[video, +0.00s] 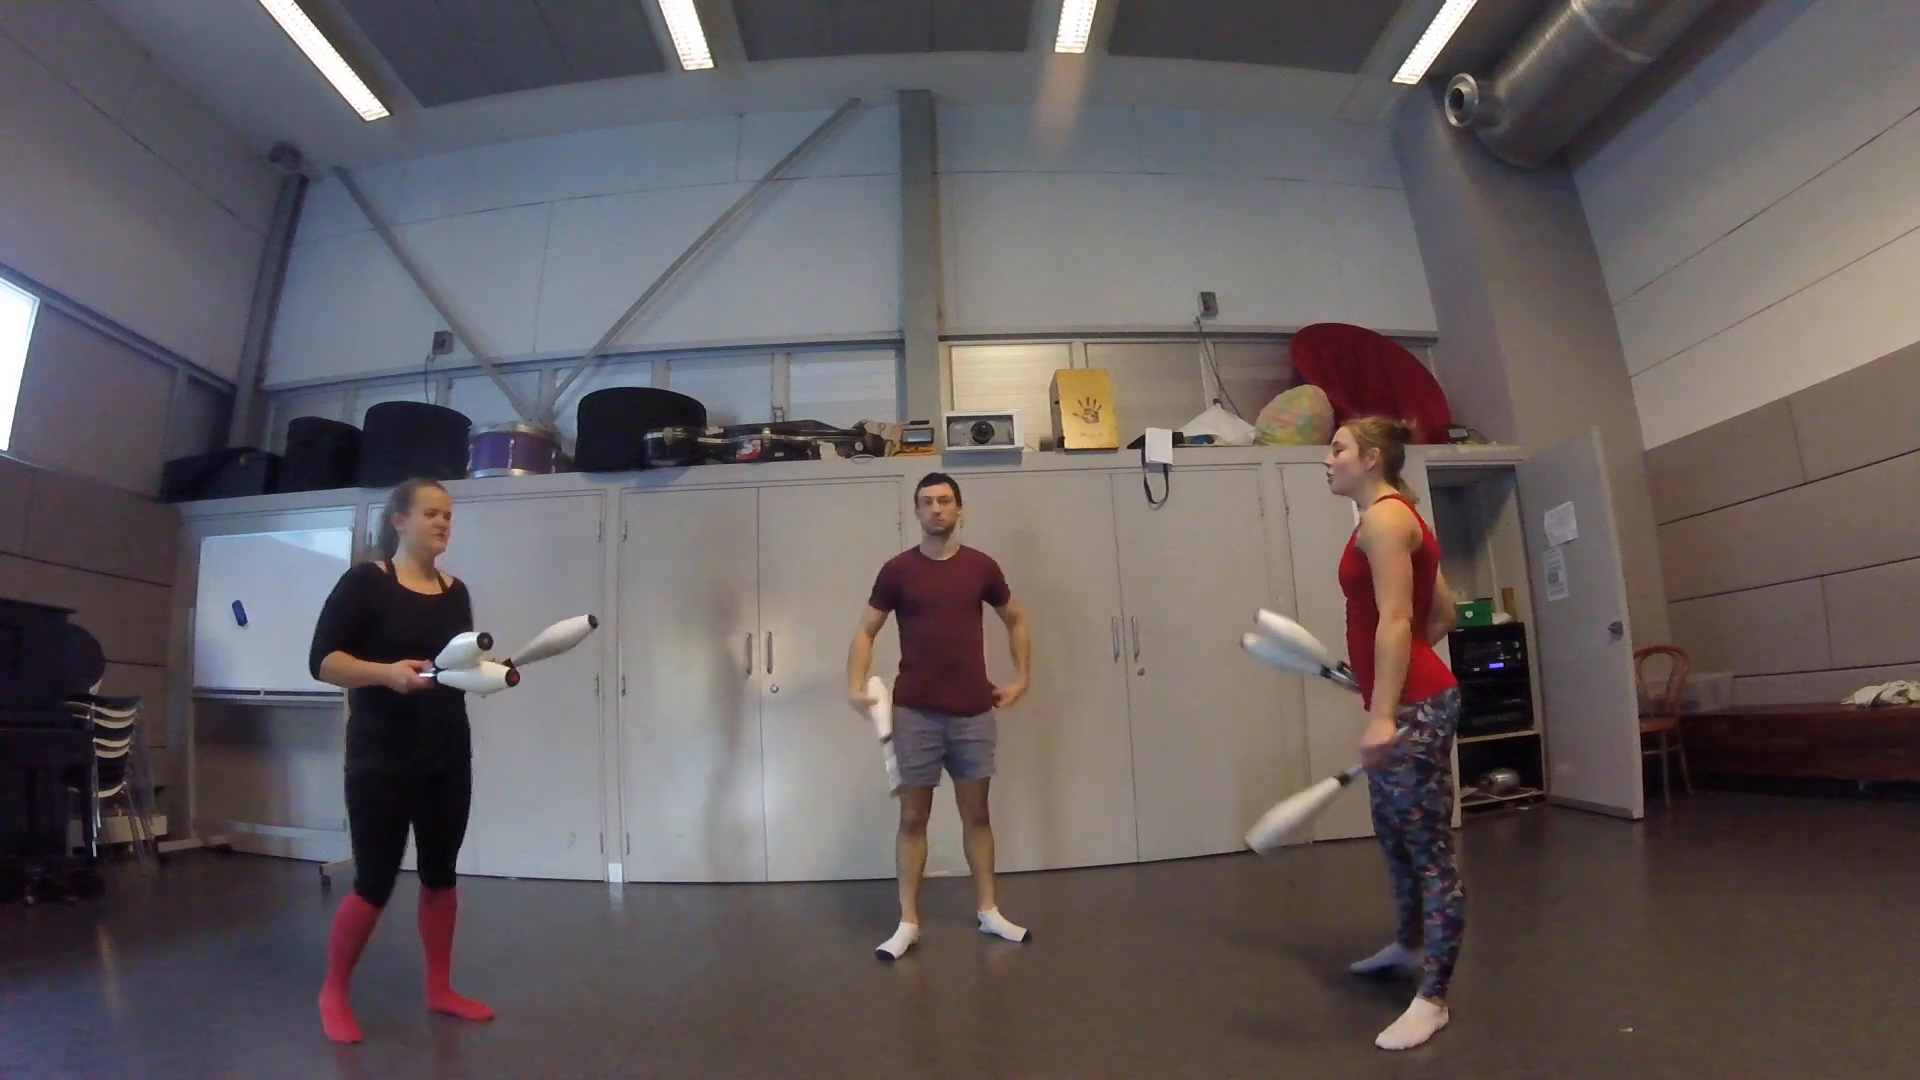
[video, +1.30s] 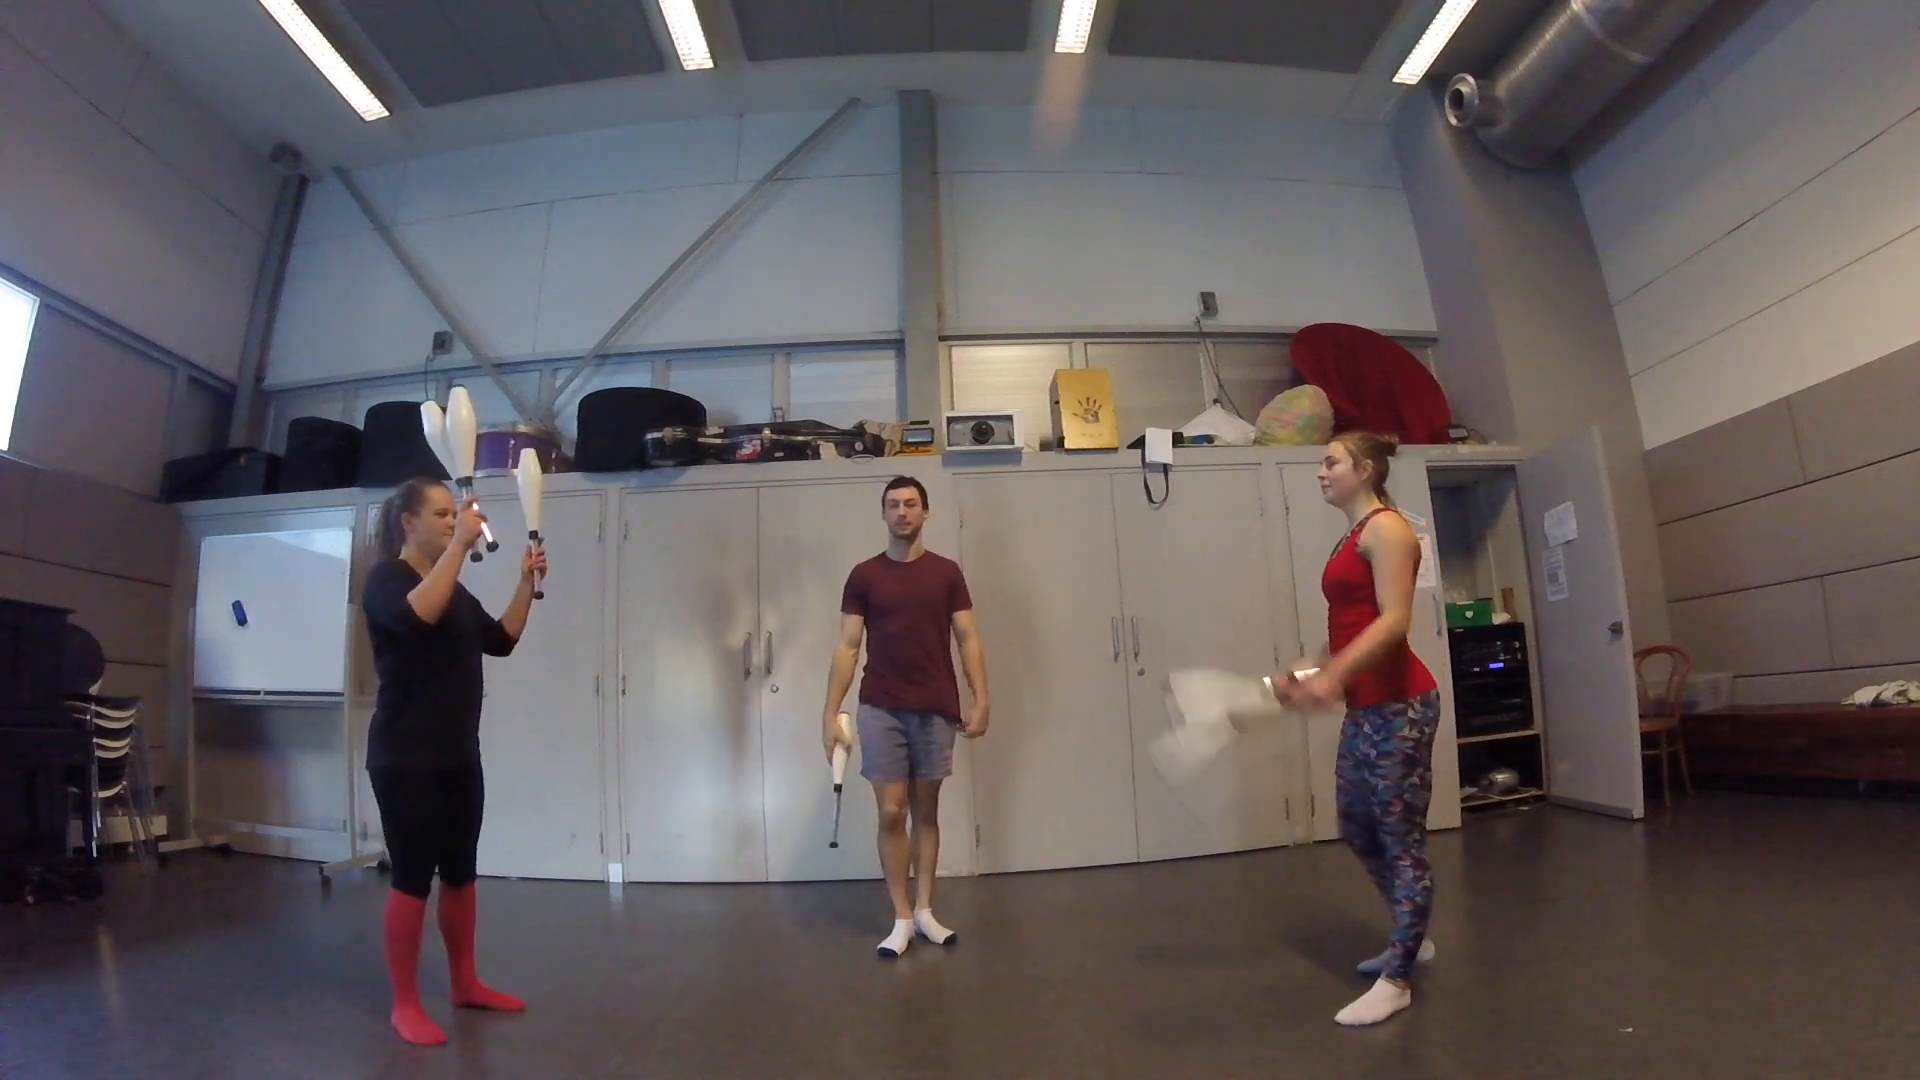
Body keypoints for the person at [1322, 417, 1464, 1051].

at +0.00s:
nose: (1327, 459)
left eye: (1338, 449)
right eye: (1331, 448)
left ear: (1371, 459)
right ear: (1369, 459)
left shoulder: (1382, 518)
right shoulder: (1398, 515)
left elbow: (1395, 621)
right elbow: (1442, 613)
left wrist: (1382, 715)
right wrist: (1376, 669)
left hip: (1417, 705)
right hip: (1401, 701)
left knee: (1427, 846)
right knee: (1396, 831)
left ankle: (1434, 998)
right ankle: (1410, 944)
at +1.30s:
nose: (1321, 473)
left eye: (1332, 463)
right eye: (1321, 464)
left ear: (1367, 470)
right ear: (1349, 473)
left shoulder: (1388, 528)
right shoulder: (1356, 533)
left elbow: (1396, 620)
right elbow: (1353, 632)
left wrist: (1334, 675)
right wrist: (1312, 675)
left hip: (1399, 707)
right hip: (1366, 709)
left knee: (1402, 836)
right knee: (1357, 828)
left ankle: (1396, 980)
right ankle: (1413, 936)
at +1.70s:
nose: (1324, 479)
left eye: (1334, 469)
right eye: (1323, 470)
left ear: (1368, 476)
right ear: (1348, 480)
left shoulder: (1389, 534)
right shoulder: (1348, 542)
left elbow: (1382, 618)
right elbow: (1319, 625)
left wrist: (1312, 583)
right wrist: (1256, 615)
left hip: (1389, 708)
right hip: (1357, 709)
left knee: (1380, 834)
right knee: (1376, 831)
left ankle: (1393, 977)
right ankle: (1393, 940)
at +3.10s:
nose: (1313, 477)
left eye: (1324, 468)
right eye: (1314, 468)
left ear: (1357, 479)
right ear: (1347, 482)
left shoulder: (1371, 535)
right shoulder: (1339, 543)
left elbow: (1357, 619)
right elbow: (1302, 629)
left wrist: (1292, 669)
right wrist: (1250, 612)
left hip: (1375, 706)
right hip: (1348, 707)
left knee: (1383, 837)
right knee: (1377, 834)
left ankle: (1384, 975)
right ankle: (1392, 943)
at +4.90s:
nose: (1334, 480)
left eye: (1345, 472)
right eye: (1335, 472)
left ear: (1377, 483)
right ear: (1365, 485)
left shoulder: (1395, 537)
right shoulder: (1355, 547)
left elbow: (1389, 625)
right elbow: (1308, 612)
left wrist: (1312, 656)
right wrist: (1266, 567)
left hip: (1402, 701)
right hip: (1366, 700)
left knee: (1396, 821)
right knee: (1362, 814)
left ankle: (1417, 952)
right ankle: (1377, 923)